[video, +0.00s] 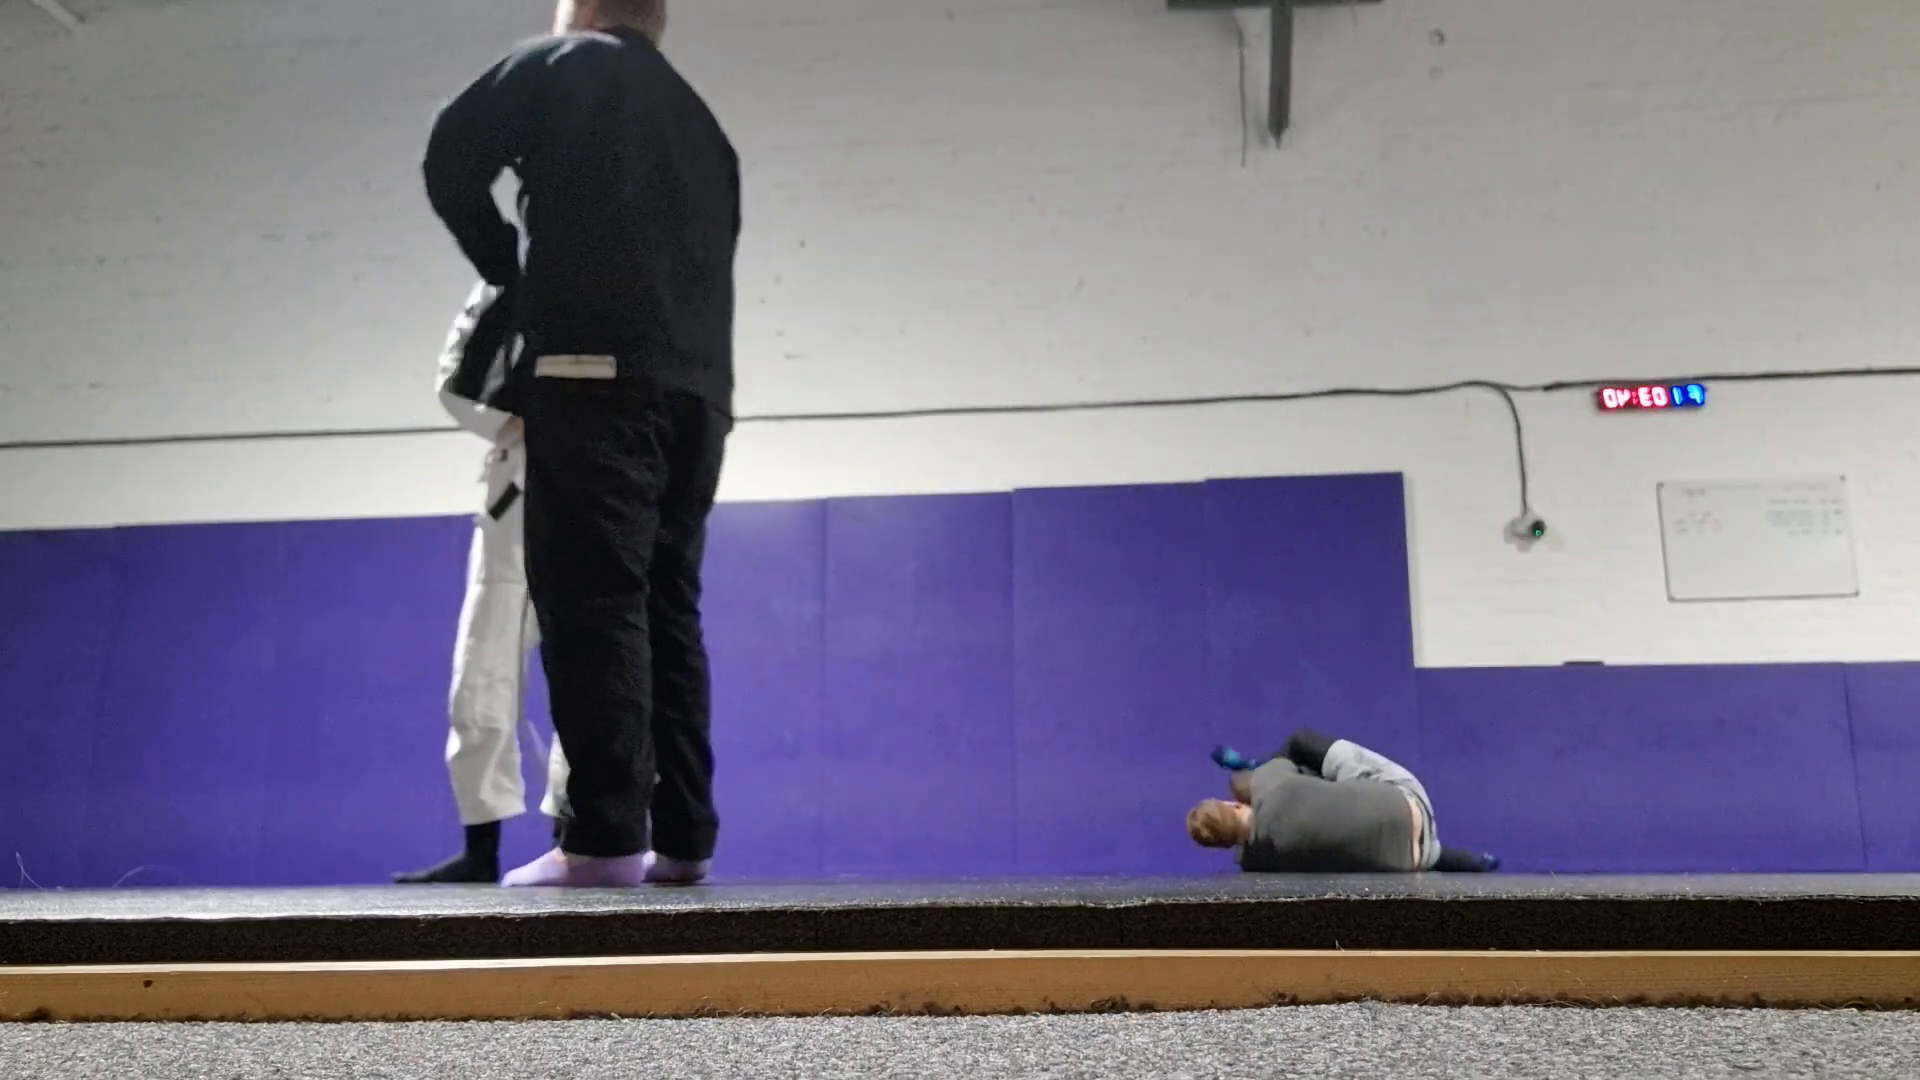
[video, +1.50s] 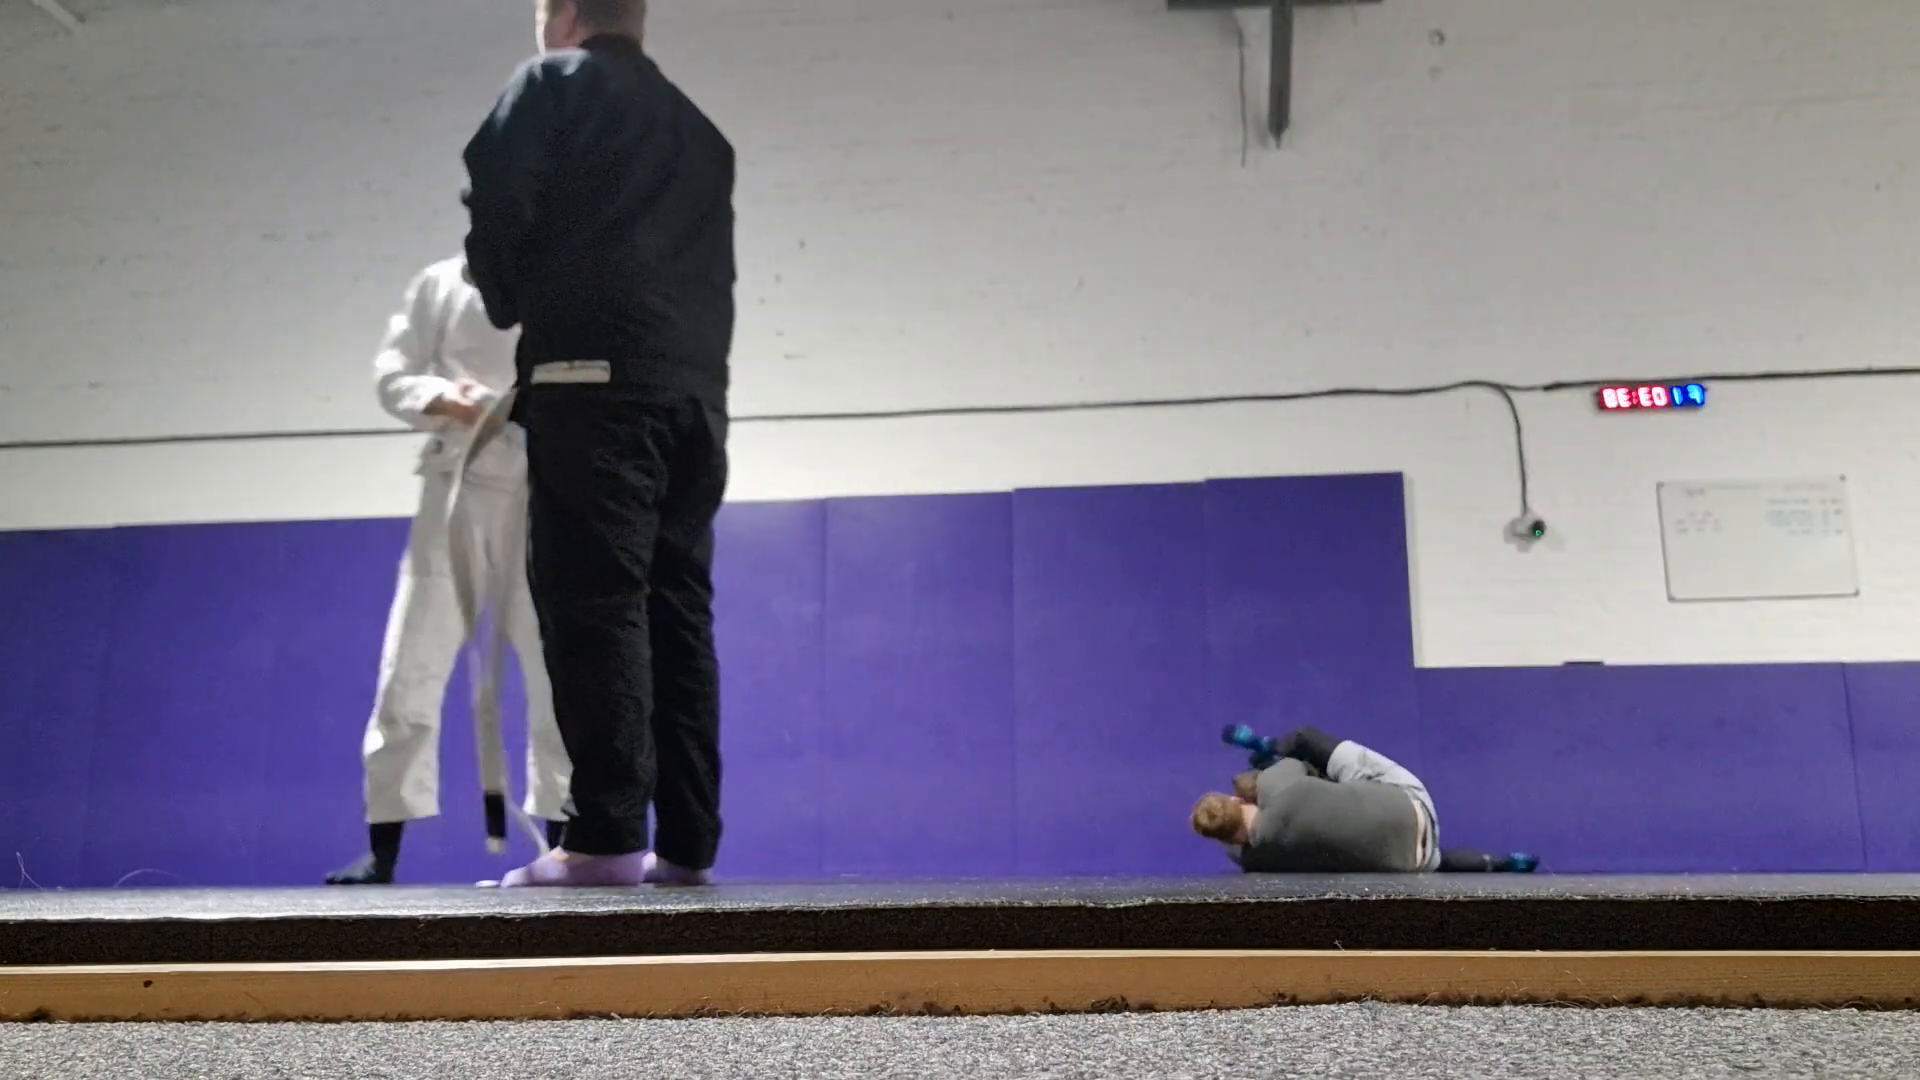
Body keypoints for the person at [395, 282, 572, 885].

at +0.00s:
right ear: (529, 227)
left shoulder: (618, 295)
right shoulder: (508, 279)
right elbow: (455, 385)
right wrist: (518, 426)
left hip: (595, 489)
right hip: (516, 484)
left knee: (588, 669)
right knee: (484, 665)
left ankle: (581, 841)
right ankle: (480, 846)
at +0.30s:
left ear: (601, 227)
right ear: (531, 220)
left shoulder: (624, 291)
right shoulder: (508, 282)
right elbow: (456, 372)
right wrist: (519, 398)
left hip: (599, 498)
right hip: (517, 492)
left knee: (591, 673)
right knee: (482, 671)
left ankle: (579, 842)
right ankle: (480, 849)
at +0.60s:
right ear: (535, 213)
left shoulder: (635, 291)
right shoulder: (512, 281)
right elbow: (457, 372)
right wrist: (524, 402)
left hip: (606, 495)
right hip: (521, 488)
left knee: (594, 673)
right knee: (482, 668)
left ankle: (576, 842)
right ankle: (481, 849)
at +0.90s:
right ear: (539, 230)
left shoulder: (633, 299)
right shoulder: (515, 285)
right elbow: (453, 369)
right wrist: (517, 407)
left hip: (606, 497)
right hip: (522, 490)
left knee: (593, 674)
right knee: (480, 672)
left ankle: (577, 844)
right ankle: (480, 849)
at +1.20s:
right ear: (520, 226)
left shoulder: (618, 292)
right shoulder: (497, 282)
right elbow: (443, 374)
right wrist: (499, 403)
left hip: (589, 496)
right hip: (505, 488)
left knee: (583, 671)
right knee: (444, 665)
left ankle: (571, 841)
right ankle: (436, 837)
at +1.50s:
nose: (486, 222)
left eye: (503, 210)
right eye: (479, 206)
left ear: (535, 218)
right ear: (471, 210)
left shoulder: (564, 286)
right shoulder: (443, 284)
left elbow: (595, 387)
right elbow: (392, 374)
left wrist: (526, 407)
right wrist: (438, 397)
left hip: (539, 505)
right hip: (454, 499)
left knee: (556, 675)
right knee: (406, 674)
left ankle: (565, 845)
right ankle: (383, 854)